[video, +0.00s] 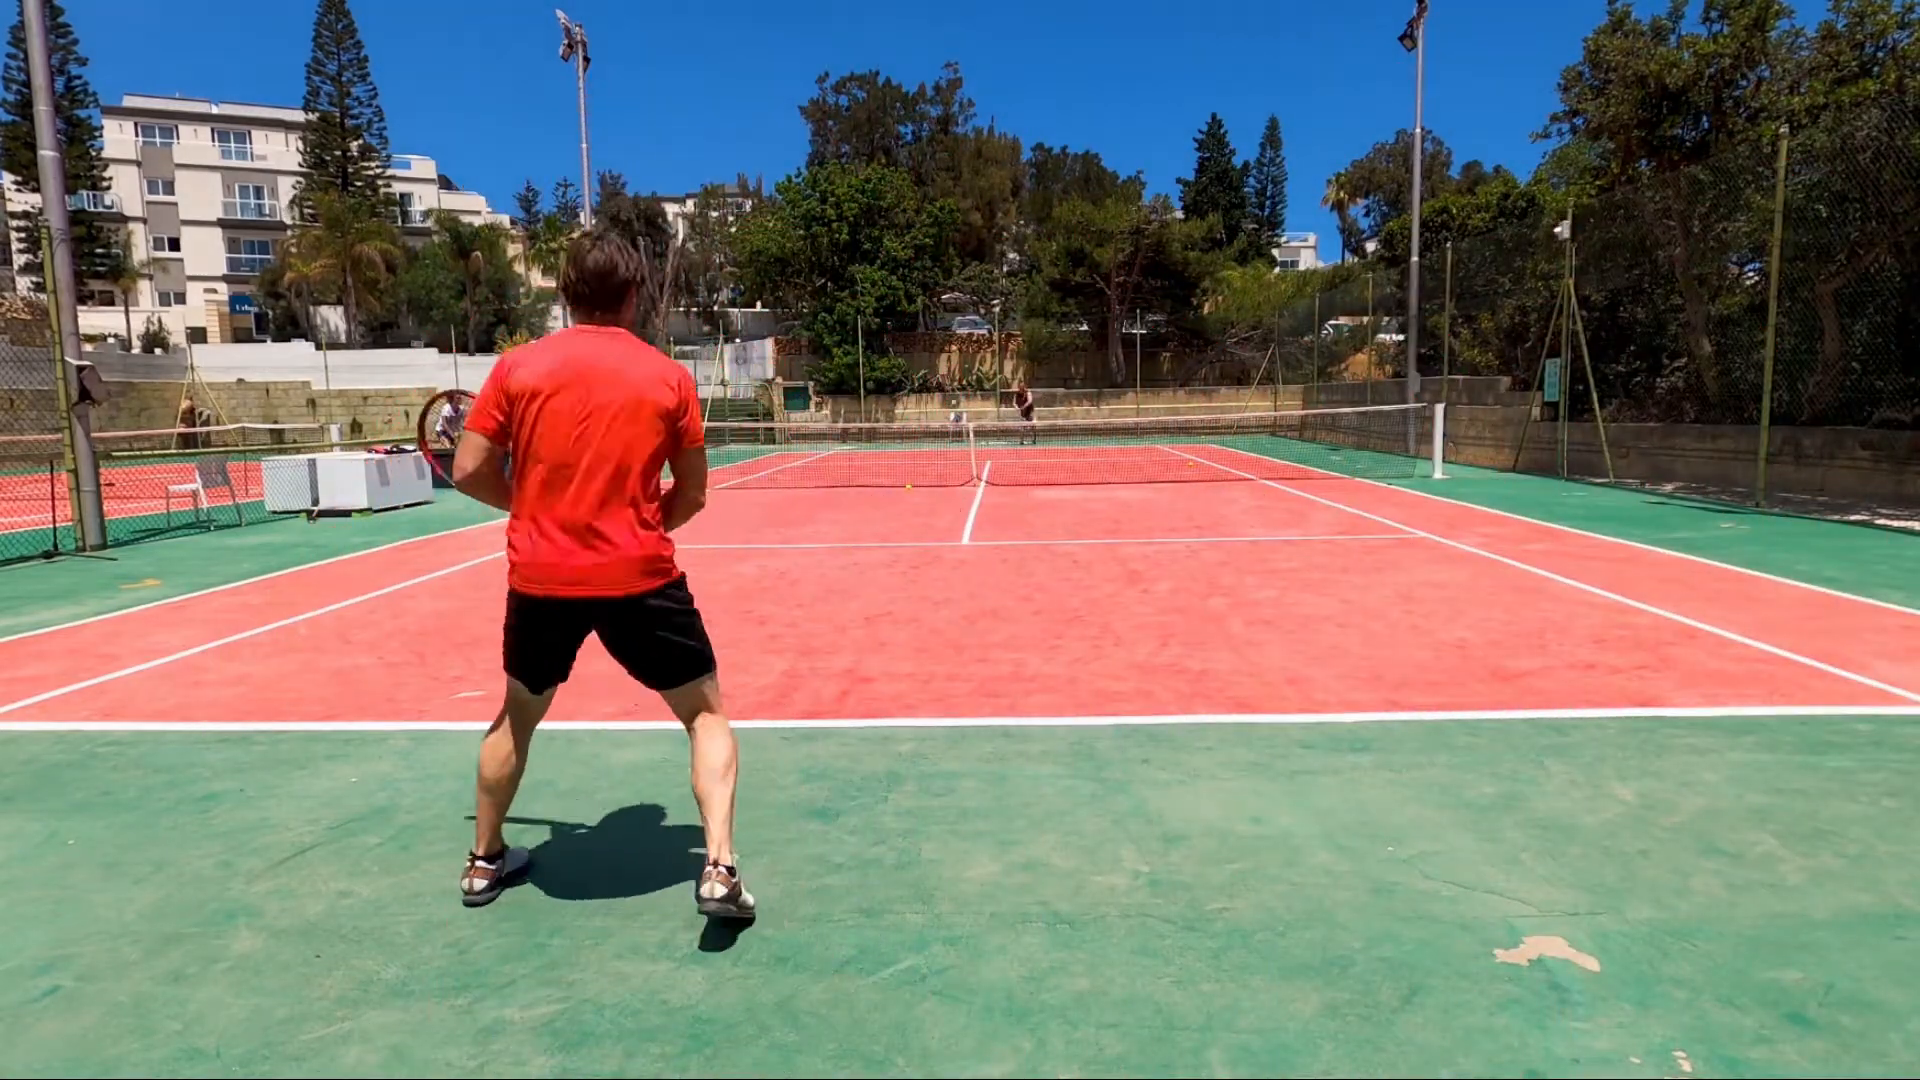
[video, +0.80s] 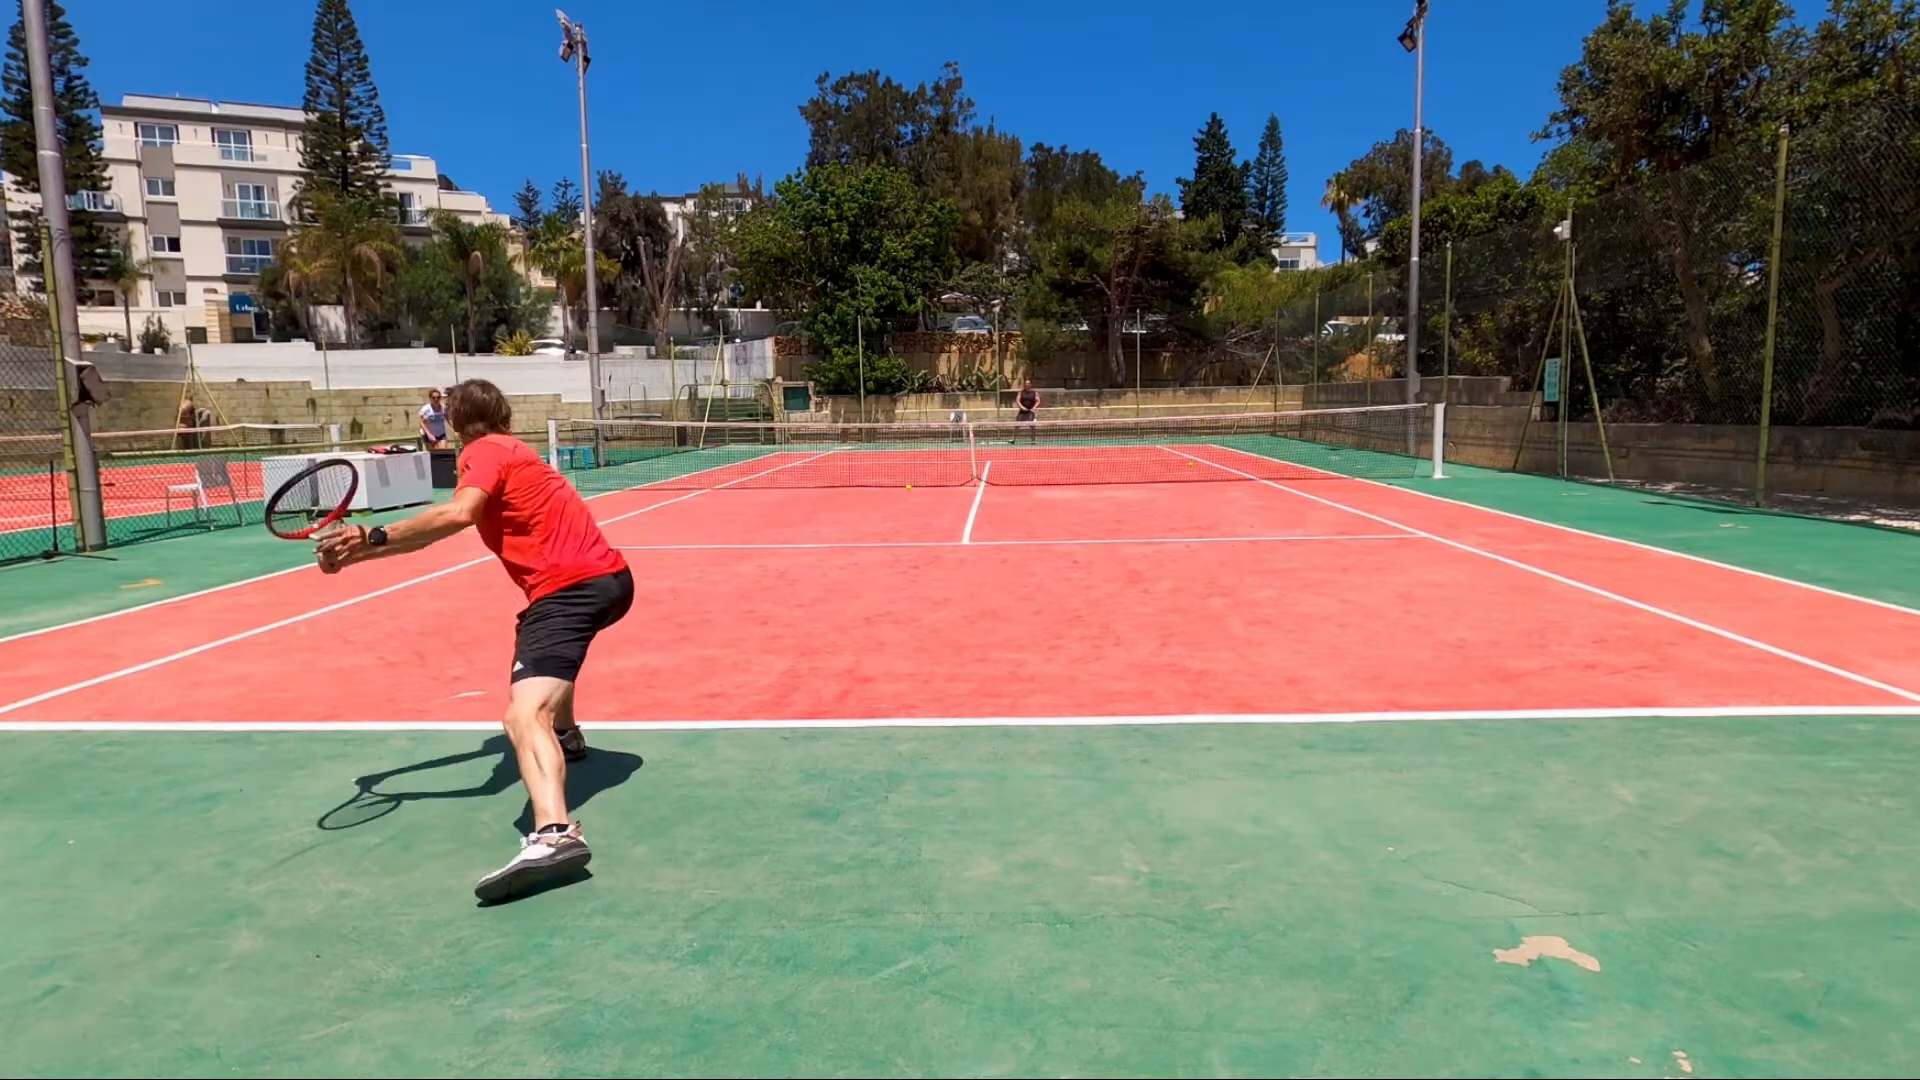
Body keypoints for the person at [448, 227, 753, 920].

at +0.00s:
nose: (637, 299)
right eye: (636, 290)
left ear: (566, 292)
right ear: (634, 294)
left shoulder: (518, 366)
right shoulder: (668, 377)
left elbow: (469, 472)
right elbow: (690, 494)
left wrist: (535, 502)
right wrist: (638, 526)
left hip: (542, 582)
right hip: (639, 579)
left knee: (515, 714)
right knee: (704, 713)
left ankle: (482, 861)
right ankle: (720, 867)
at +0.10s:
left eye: (553, 309)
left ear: (558, 313)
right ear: (621, 314)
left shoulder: (528, 372)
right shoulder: (665, 387)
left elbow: (473, 477)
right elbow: (679, 497)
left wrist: (506, 500)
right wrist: (600, 489)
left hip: (561, 585)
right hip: (656, 586)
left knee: (514, 714)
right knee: (692, 729)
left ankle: (502, 863)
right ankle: (742, 885)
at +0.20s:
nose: (527, 345)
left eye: (528, 335)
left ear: (535, 335)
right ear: (594, 336)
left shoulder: (531, 389)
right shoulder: (633, 397)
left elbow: (496, 491)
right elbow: (612, 511)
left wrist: (466, 499)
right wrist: (512, 535)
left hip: (573, 595)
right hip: (661, 592)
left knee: (498, 701)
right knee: (696, 746)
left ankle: (522, 862)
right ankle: (748, 900)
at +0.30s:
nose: (492, 351)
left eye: (492, 339)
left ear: (498, 340)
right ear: (554, 339)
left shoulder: (514, 389)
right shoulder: (590, 397)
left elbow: (514, 484)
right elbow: (569, 520)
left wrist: (451, 508)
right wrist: (477, 548)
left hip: (570, 590)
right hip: (650, 587)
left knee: (490, 718)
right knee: (666, 733)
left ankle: (530, 880)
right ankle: (735, 870)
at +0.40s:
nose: (458, 374)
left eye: (457, 364)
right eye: (459, 365)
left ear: (464, 363)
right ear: (520, 358)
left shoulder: (481, 410)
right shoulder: (557, 412)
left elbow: (503, 498)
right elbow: (535, 529)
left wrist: (433, 542)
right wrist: (459, 583)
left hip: (563, 594)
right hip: (635, 588)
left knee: (475, 728)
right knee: (625, 716)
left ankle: (527, 886)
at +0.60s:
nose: (438, 399)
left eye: (439, 389)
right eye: (440, 391)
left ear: (447, 386)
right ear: (500, 383)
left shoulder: (465, 413)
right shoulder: (519, 423)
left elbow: (472, 470)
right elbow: (463, 522)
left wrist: (396, 477)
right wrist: (384, 524)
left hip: (558, 578)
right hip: (622, 567)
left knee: (506, 727)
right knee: (593, 633)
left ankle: (536, 878)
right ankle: (603, 740)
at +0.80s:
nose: (448, 429)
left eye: (449, 420)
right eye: (449, 420)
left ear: (459, 422)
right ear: (500, 419)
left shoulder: (485, 451)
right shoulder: (510, 450)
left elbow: (459, 513)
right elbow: (432, 532)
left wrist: (372, 535)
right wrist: (356, 554)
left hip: (572, 588)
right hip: (610, 578)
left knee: (525, 716)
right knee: (544, 640)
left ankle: (554, 831)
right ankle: (564, 730)